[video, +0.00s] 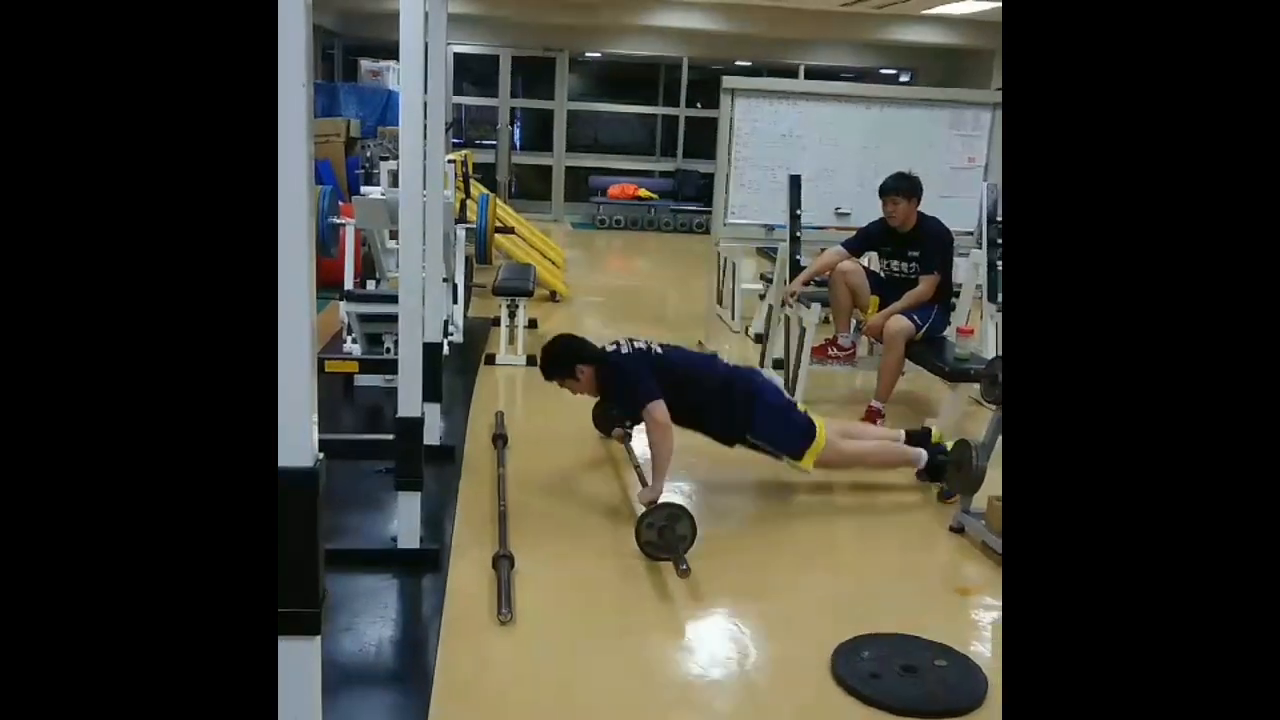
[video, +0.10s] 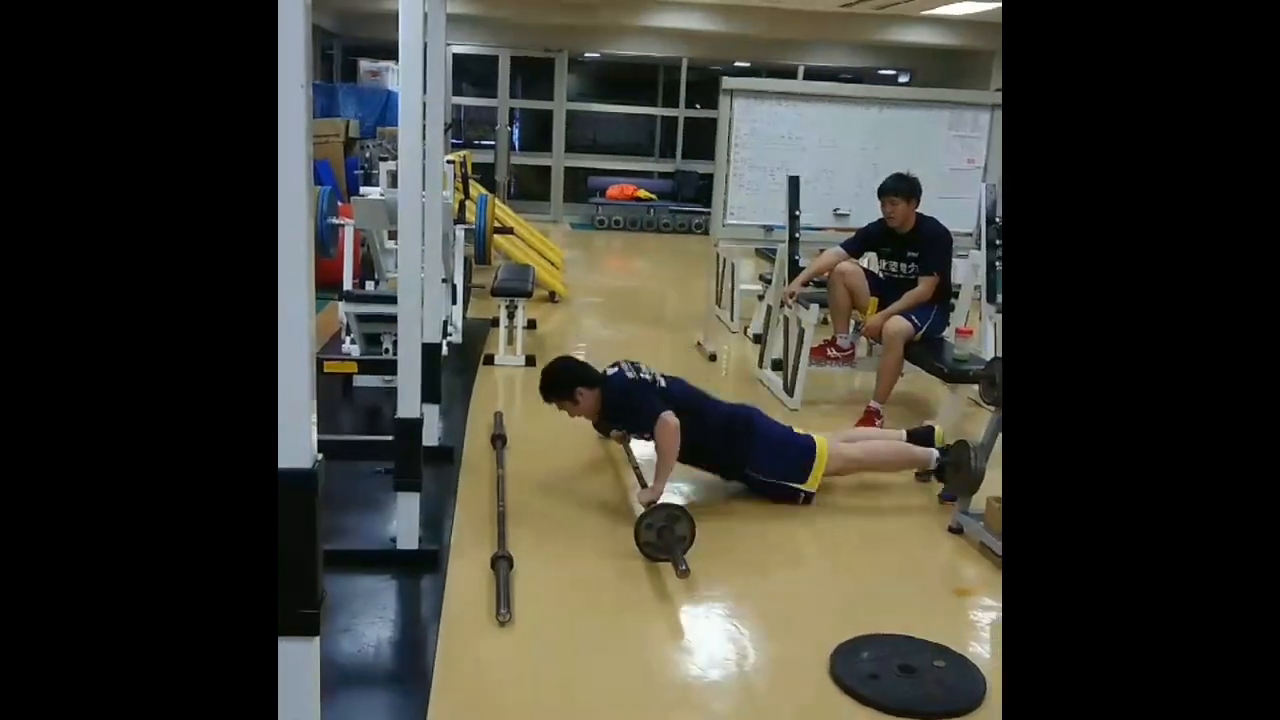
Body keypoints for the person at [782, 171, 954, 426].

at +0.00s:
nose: (888, 209)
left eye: (895, 204)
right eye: (885, 203)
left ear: (914, 204)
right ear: (881, 203)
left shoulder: (935, 234)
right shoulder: (879, 229)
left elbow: (926, 290)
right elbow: (836, 255)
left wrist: (883, 316)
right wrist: (800, 280)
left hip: (928, 305)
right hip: (891, 294)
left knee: (895, 327)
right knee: (843, 270)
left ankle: (876, 409)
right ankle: (843, 345)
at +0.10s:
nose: (887, 211)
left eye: (893, 205)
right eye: (884, 204)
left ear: (913, 205)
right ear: (880, 204)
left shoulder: (935, 235)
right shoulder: (878, 230)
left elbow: (926, 290)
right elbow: (836, 256)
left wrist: (882, 317)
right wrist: (799, 281)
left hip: (927, 305)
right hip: (890, 295)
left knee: (894, 329)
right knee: (842, 271)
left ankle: (874, 409)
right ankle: (842, 347)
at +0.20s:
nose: (886, 211)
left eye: (893, 205)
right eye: (883, 204)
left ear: (913, 206)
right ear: (879, 204)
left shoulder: (934, 236)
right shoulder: (877, 231)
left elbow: (925, 291)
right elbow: (835, 256)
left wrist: (882, 317)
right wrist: (798, 282)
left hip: (927, 306)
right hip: (889, 296)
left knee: (893, 329)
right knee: (841, 271)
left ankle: (874, 410)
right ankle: (841, 347)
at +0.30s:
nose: (885, 211)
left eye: (892, 206)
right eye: (882, 205)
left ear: (912, 207)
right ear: (878, 204)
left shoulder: (933, 236)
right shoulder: (876, 232)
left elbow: (924, 292)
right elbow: (834, 257)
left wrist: (881, 318)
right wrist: (797, 282)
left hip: (926, 307)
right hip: (888, 296)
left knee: (892, 330)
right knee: (840, 272)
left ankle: (873, 411)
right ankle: (840, 347)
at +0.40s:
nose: (884, 212)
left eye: (891, 206)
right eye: (881, 205)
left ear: (911, 207)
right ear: (878, 205)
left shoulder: (933, 237)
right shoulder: (875, 232)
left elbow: (923, 292)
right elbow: (834, 258)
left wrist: (881, 318)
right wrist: (797, 282)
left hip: (925, 308)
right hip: (888, 297)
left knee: (892, 330)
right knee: (839, 272)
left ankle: (872, 411)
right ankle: (839, 347)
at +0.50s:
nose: (884, 213)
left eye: (891, 207)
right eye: (881, 206)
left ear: (911, 208)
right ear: (877, 205)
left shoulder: (932, 238)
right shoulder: (875, 233)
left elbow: (922, 293)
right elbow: (833, 258)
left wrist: (880, 318)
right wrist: (796, 282)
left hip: (925, 308)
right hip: (888, 297)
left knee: (891, 331)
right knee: (839, 273)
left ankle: (872, 412)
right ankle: (839, 347)